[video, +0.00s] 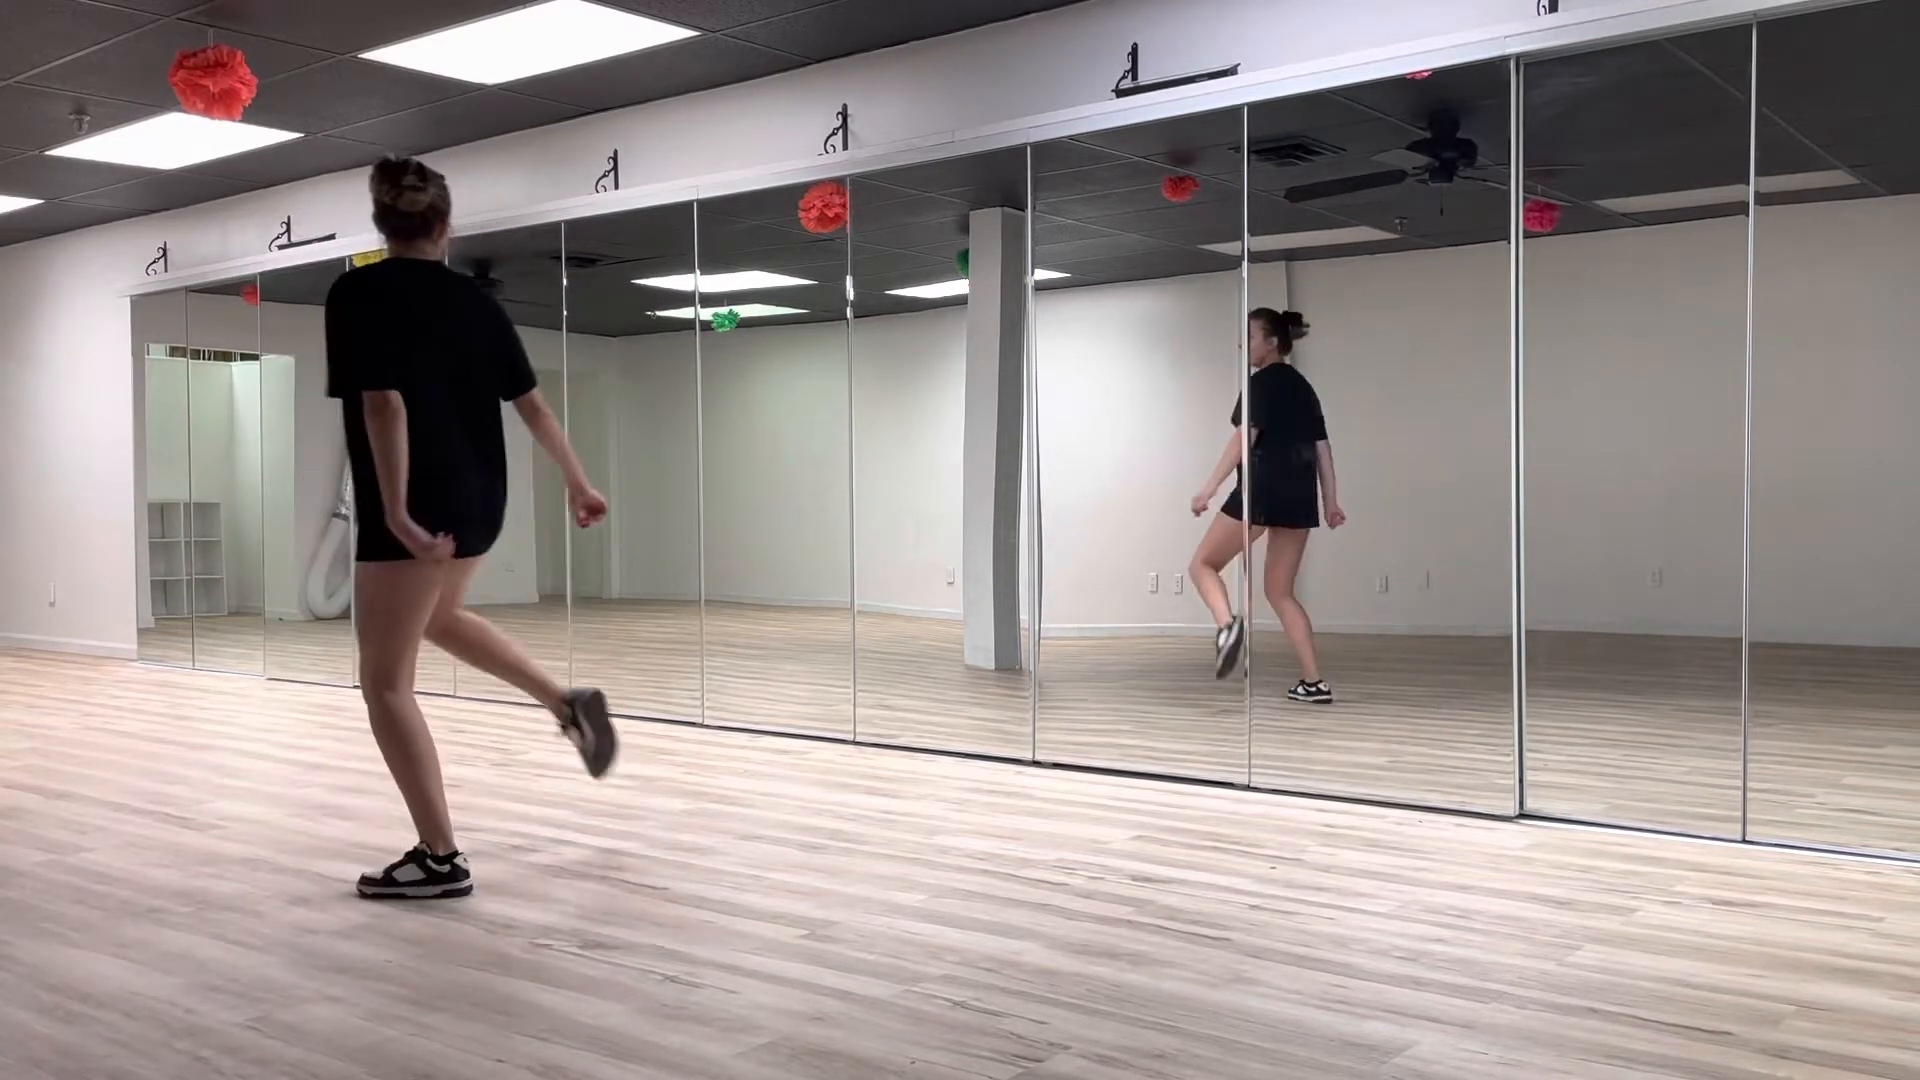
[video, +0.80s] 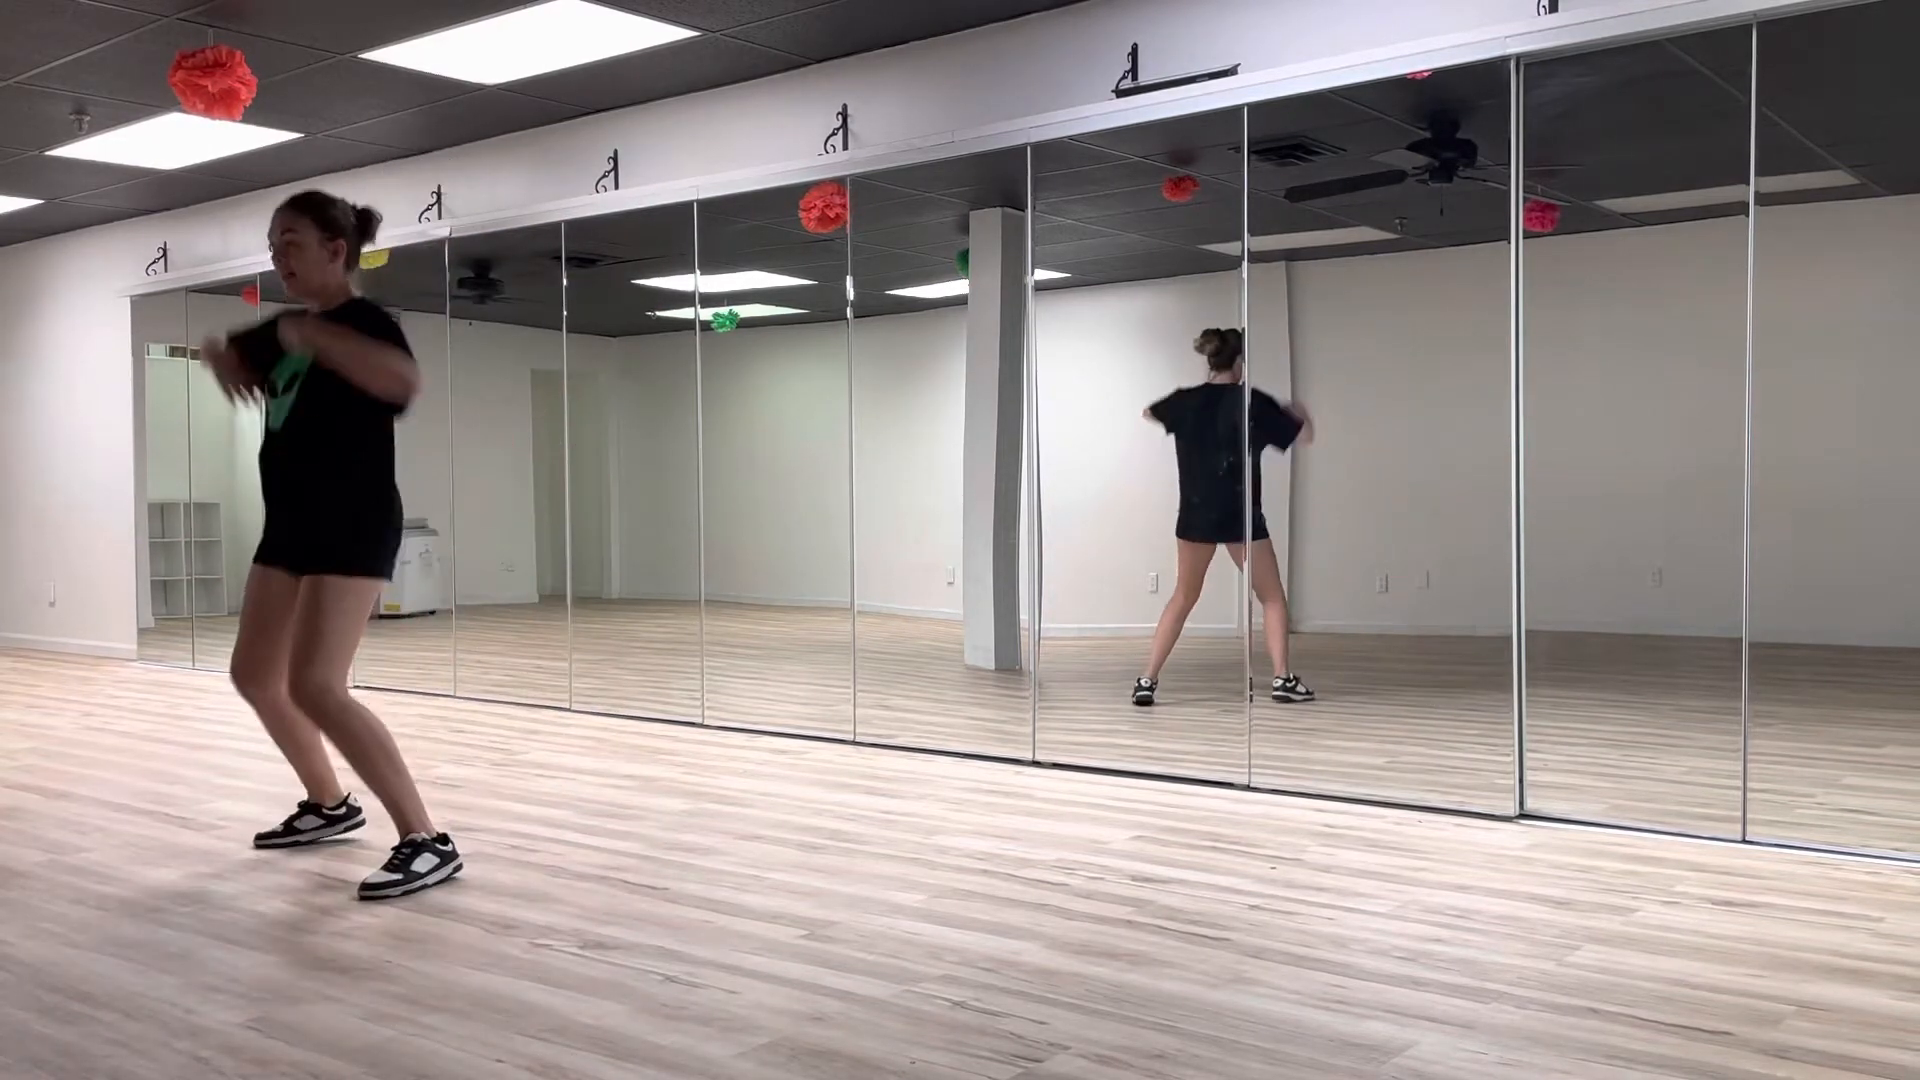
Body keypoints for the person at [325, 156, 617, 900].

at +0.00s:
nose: (447, 230)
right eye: (448, 221)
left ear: (378, 224)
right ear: (446, 225)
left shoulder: (356, 292)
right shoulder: (472, 298)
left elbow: (383, 403)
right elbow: (528, 402)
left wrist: (395, 512)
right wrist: (577, 480)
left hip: (403, 506)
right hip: (479, 497)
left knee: (388, 686)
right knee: (442, 617)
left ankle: (439, 853)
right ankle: (564, 703)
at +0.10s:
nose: (425, 226)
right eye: (429, 217)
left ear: (359, 224)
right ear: (427, 222)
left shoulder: (345, 288)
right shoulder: (450, 296)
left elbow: (362, 398)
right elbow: (501, 402)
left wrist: (356, 504)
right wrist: (539, 480)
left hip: (389, 493)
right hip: (452, 490)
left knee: (378, 682)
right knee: (397, 615)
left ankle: (438, 852)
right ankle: (499, 698)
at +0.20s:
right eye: (412, 211)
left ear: (344, 213)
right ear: (412, 217)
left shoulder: (329, 277)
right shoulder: (432, 290)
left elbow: (344, 388)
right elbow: (470, 396)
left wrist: (336, 491)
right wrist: (501, 480)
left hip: (378, 485)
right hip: (430, 482)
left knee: (378, 676)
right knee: (331, 602)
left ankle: (441, 848)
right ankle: (420, 740)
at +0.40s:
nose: (307, 248)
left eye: (309, 240)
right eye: (313, 238)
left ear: (316, 248)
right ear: (381, 249)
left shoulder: (339, 324)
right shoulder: (385, 320)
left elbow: (356, 444)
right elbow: (411, 430)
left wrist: (363, 556)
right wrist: (433, 524)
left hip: (342, 541)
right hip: (337, 536)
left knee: (341, 692)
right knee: (303, 658)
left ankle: (444, 845)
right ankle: (336, 805)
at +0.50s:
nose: (292, 251)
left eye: (297, 238)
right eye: (295, 238)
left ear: (318, 246)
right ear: (356, 248)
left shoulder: (357, 327)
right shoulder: (330, 325)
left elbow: (369, 453)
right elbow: (327, 449)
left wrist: (366, 564)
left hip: (340, 541)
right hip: (304, 538)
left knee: (326, 687)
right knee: (282, 664)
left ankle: (437, 840)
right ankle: (334, 807)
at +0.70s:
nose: (278, 260)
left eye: (293, 248)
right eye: (277, 249)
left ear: (340, 260)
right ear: (294, 261)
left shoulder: (362, 338)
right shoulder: (302, 342)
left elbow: (417, 442)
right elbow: (283, 415)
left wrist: (315, 486)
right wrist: (245, 446)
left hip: (354, 540)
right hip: (292, 535)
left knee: (304, 691)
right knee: (251, 681)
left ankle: (423, 838)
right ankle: (330, 804)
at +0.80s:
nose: (279, 259)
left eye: (291, 244)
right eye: (275, 248)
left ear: (337, 249)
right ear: (281, 257)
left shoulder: (370, 321)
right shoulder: (284, 327)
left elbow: (402, 383)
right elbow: (228, 356)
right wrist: (222, 357)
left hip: (355, 524)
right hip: (290, 522)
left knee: (318, 684)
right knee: (256, 672)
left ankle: (424, 840)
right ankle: (329, 803)